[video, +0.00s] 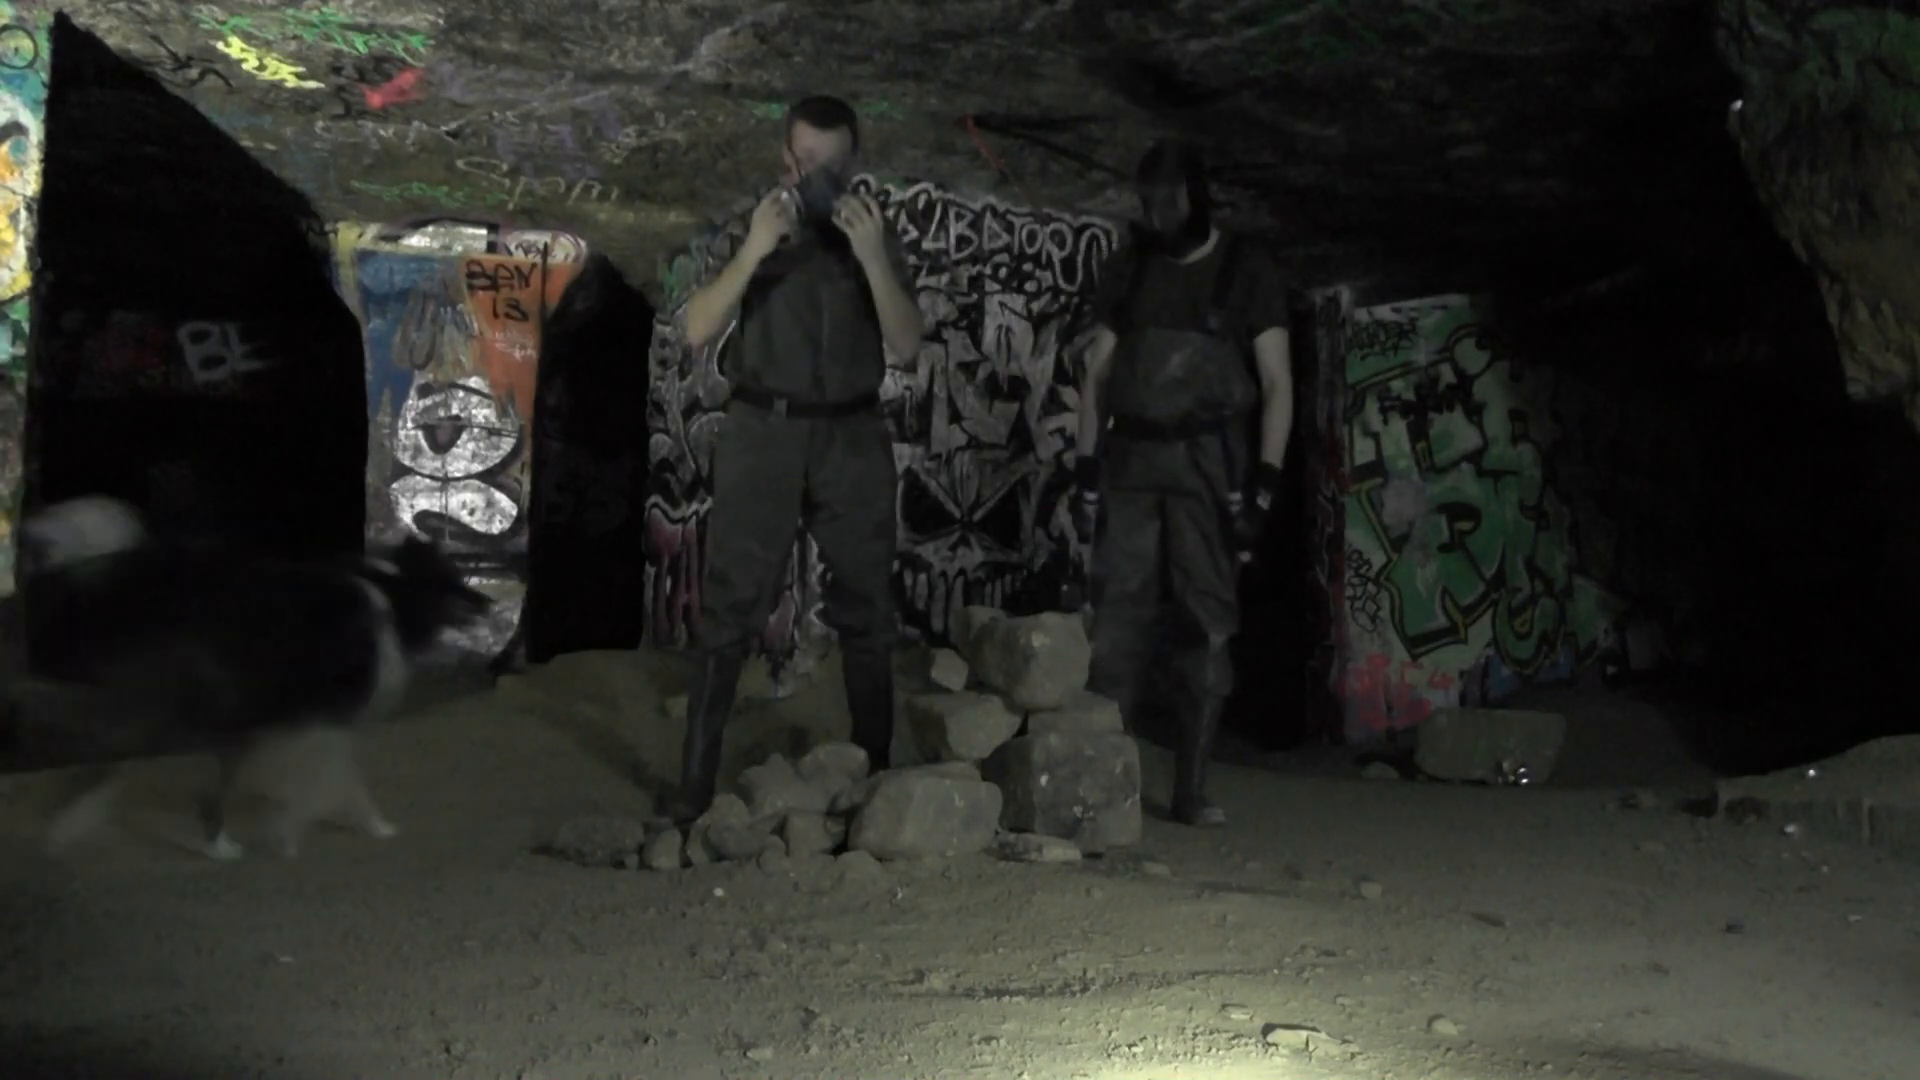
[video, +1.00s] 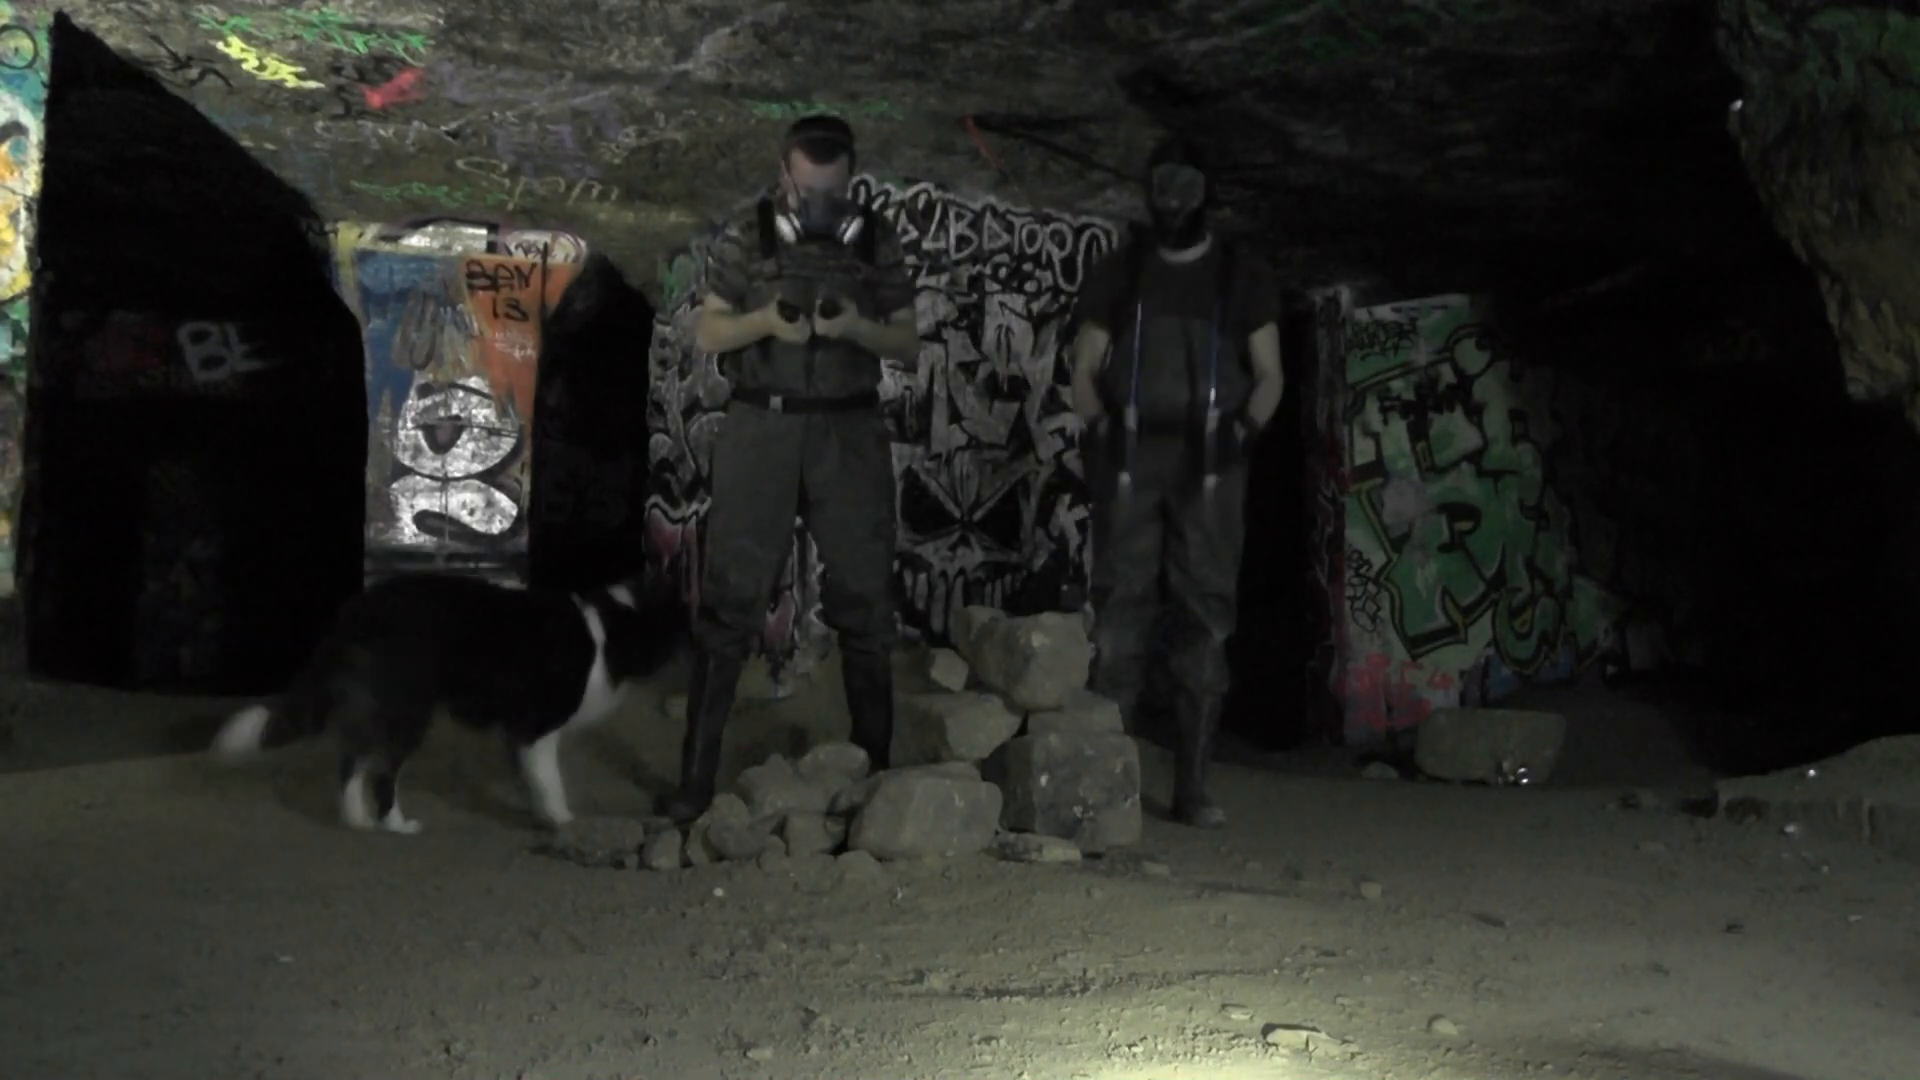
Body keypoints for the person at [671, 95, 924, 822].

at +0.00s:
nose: (816, 182)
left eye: (831, 169)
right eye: (805, 166)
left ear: (855, 161)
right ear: (785, 155)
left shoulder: (874, 230)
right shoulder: (751, 229)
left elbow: (906, 348)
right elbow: (696, 333)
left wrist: (873, 254)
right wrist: (753, 250)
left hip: (853, 446)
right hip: (760, 443)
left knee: (866, 618)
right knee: (730, 614)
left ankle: (876, 782)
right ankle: (695, 788)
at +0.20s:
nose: (819, 175)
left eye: (832, 162)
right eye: (806, 161)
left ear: (852, 157)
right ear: (783, 154)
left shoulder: (870, 229)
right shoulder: (748, 228)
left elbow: (907, 343)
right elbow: (694, 327)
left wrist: (871, 247)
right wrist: (752, 242)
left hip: (852, 444)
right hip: (759, 442)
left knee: (866, 618)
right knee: (732, 612)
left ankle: (876, 783)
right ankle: (696, 787)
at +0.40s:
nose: (810, 176)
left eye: (823, 164)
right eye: (799, 162)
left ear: (847, 160)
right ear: (780, 155)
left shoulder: (869, 229)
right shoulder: (749, 228)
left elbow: (906, 340)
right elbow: (694, 323)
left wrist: (868, 243)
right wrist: (749, 242)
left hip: (851, 444)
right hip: (759, 442)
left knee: (864, 617)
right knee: (731, 611)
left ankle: (875, 783)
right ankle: (695, 786)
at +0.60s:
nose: (808, 176)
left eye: (822, 163)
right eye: (797, 162)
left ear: (846, 158)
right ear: (779, 153)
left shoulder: (867, 228)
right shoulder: (748, 226)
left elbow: (911, 338)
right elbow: (692, 326)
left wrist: (871, 253)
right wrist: (748, 260)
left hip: (850, 444)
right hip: (758, 442)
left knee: (864, 617)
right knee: (732, 613)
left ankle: (876, 782)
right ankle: (695, 786)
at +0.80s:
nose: (818, 198)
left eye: (832, 184)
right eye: (806, 184)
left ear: (851, 171)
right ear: (784, 170)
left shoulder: (874, 235)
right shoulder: (745, 234)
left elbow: (908, 337)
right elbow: (702, 331)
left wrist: (859, 314)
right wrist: (762, 312)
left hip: (850, 445)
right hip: (758, 443)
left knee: (864, 614)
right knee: (732, 608)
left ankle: (876, 779)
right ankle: (696, 787)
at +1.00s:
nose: (816, 204)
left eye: (831, 191)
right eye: (805, 189)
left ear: (851, 178)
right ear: (784, 171)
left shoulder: (876, 238)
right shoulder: (742, 234)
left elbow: (907, 345)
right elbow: (708, 334)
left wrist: (855, 326)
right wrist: (766, 320)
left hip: (850, 444)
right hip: (758, 442)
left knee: (863, 611)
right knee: (731, 609)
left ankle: (874, 777)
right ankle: (695, 784)